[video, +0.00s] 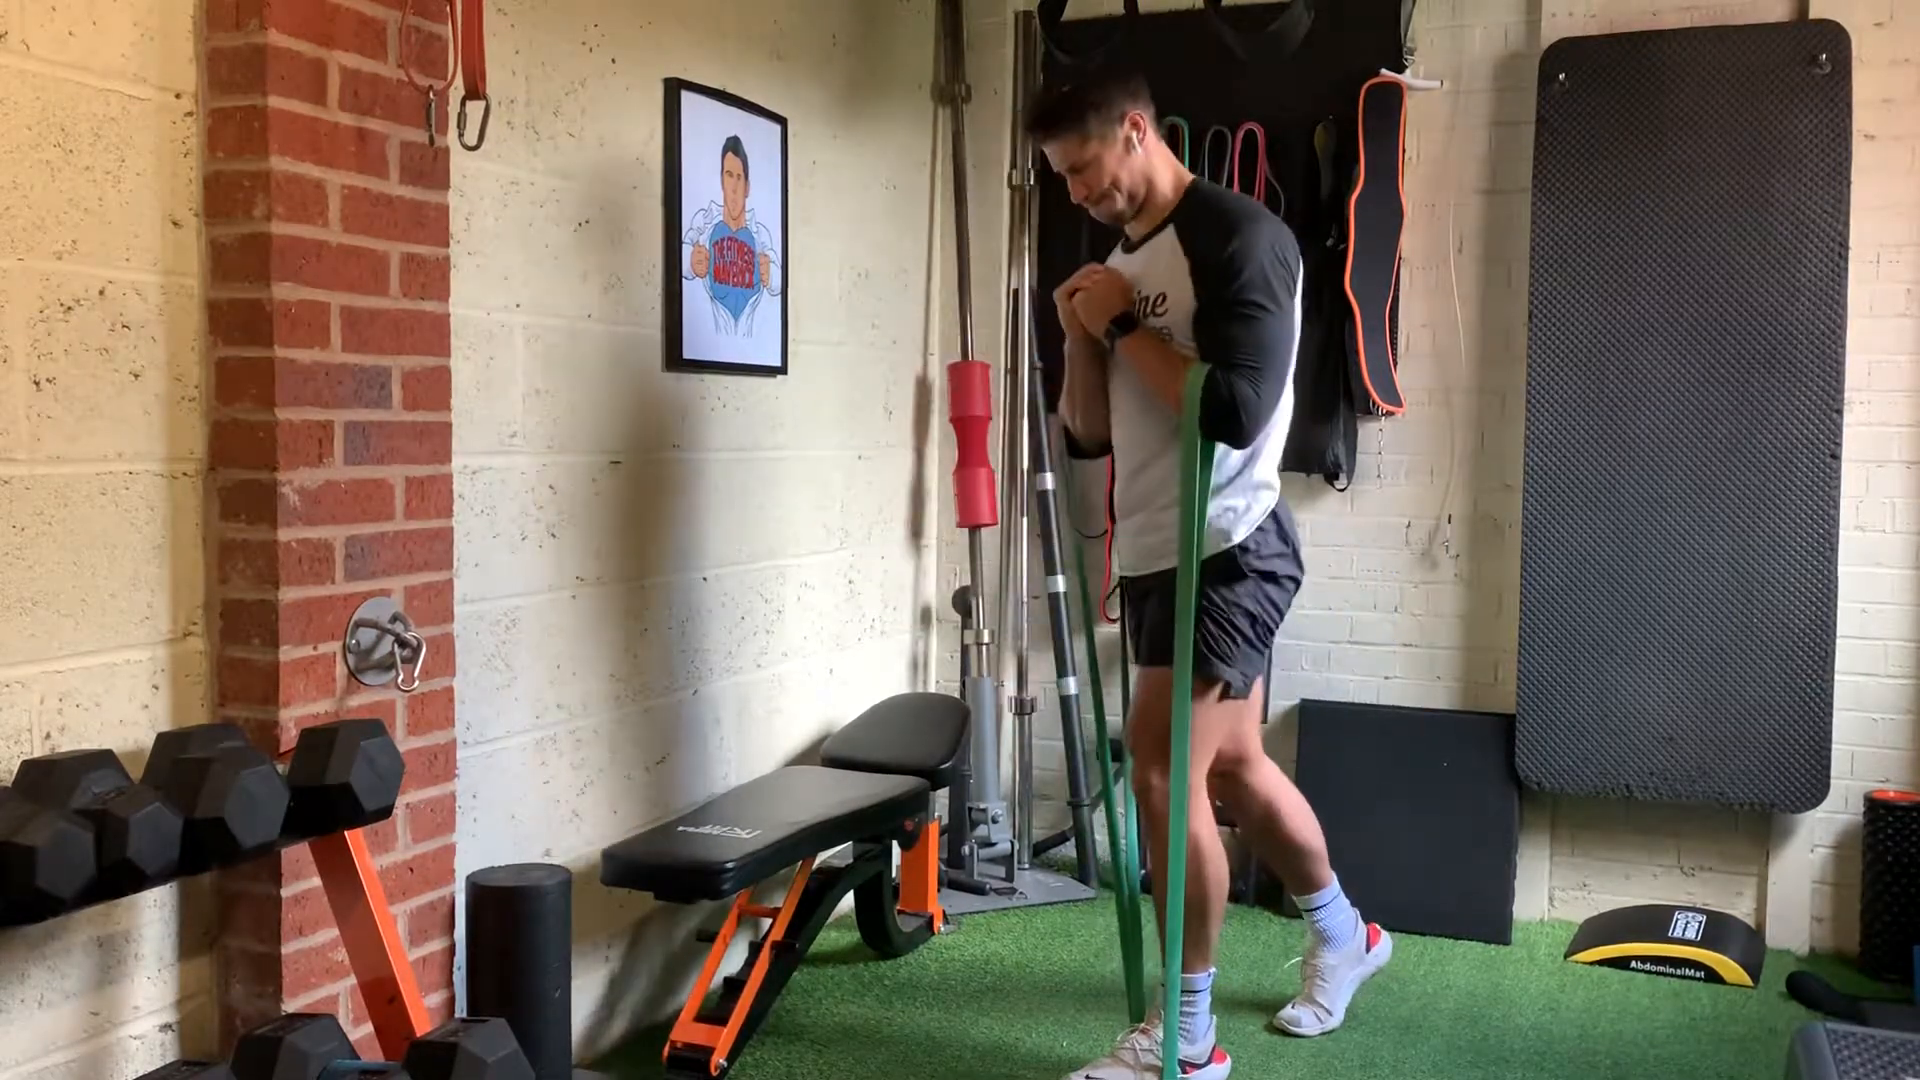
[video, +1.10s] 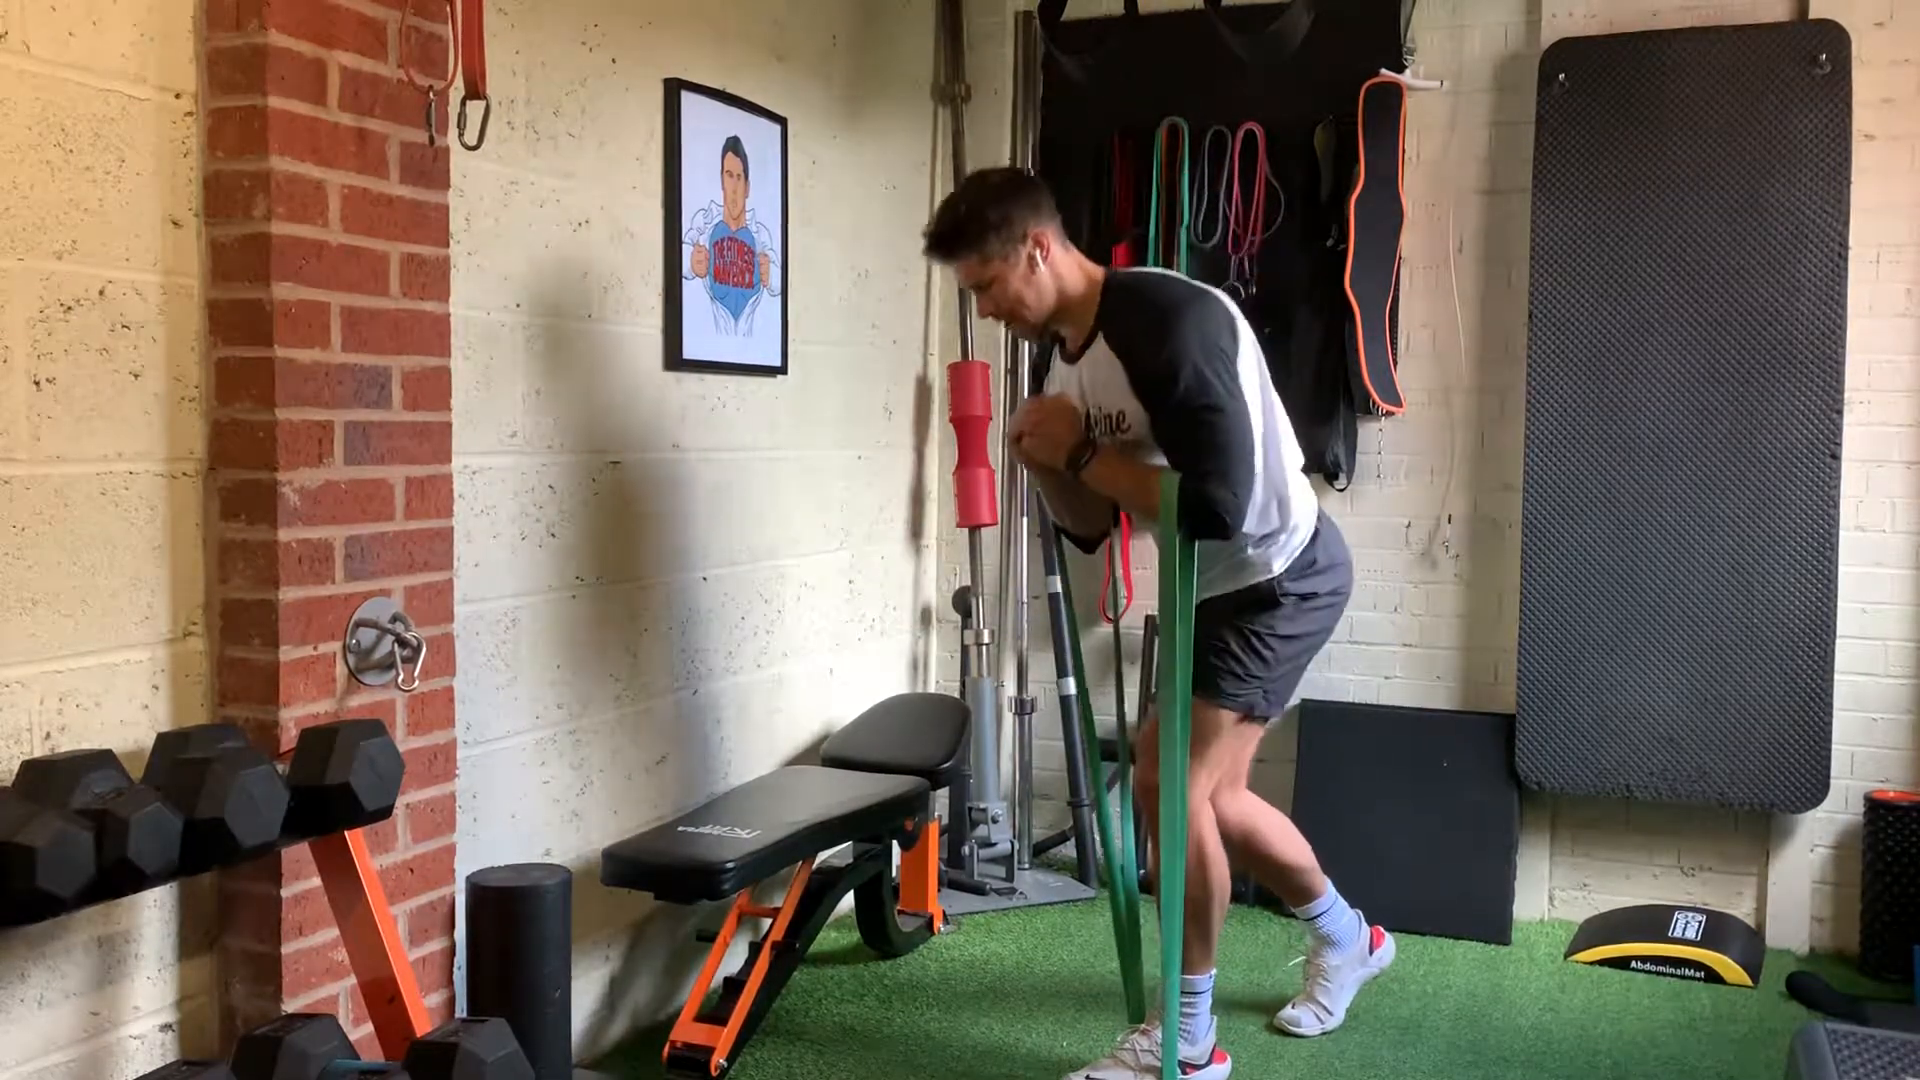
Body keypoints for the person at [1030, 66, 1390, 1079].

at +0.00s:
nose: (1083, 196)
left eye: (1093, 170)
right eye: (1067, 179)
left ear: (1143, 133)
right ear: (1063, 169)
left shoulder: (1244, 237)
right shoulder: (1106, 257)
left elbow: (1241, 411)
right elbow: (1088, 434)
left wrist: (1119, 327)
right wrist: (1085, 335)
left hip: (1231, 546)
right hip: (1153, 555)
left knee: (1162, 769)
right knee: (1236, 769)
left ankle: (1188, 1035)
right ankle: (1346, 936)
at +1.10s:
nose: (982, 309)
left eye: (986, 285)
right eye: (972, 293)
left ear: (1039, 249)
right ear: (1031, 258)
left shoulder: (1175, 325)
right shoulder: (1062, 354)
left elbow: (1220, 507)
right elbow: (1093, 525)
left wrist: (1081, 456)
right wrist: (1044, 461)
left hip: (1281, 574)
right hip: (1211, 577)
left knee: (1168, 782)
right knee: (1214, 794)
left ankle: (1187, 1039)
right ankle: (1348, 937)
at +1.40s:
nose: (947, 457)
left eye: (949, 434)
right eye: (937, 441)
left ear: (1003, 398)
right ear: (1000, 403)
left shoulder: (1147, 437)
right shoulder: (1034, 478)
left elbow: (1220, 610)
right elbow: (1098, 629)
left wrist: (1081, 573)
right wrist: (1047, 592)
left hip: (1318, 589)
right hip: (1247, 601)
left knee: (1190, 792)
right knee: (1203, 806)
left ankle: (1187, 1037)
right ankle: (1349, 937)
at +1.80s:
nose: (931, 606)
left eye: (933, 585)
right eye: (922, 590)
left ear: (985, 550)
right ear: (983, 550)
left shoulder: (1136, 561)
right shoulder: (1027, 590)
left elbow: (1226, 726)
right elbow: (1128, 718)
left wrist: (1083, 696)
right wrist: (1056, 714)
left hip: (1338, 595)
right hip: (1262, 607)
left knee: (1202, 797)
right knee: (1217, 816)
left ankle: (1186, 1039)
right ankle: (1350, 938)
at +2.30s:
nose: (943, 497)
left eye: (944, 473)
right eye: (932, 479)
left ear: (996, 443)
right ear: (995, 445)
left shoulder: (1142, 475)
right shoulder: (1034, 509)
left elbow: (1223, 645)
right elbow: (1106, 652)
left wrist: (1081, 610)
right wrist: (1050, 627)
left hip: (1325, 591)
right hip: (1253, 600)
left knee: (1198, 796)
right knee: (1209, 813)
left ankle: (1188, 1038)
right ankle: (1350, 938)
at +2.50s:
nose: (975, 343)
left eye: (981, 319)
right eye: (965, 325)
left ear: (1037, 289)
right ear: (1027, 297)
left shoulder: (1171, 361)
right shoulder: (1054, 398)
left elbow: (1224, 538)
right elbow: (1092, 563)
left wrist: (1092, 492)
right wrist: (1048, 498)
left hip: (1296, 579)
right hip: (1216, 591)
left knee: (1167, 785)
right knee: (1206, 815)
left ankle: (1186, 1035)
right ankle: (1349, 937)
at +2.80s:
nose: (1055, 212)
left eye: (1062, 187)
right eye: (1042, 195)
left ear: (1118, 155)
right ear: (1068, 181)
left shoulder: (1227, 258)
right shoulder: (1093, 281)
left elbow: (1246, 435)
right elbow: (1091, 458)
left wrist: (1117, 361)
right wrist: (1080, 373)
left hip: (1252, 555)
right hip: (1168, 564)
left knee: (1163, 770)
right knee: (1222, 785)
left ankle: (1186, 1036)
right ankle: (1346, 935)